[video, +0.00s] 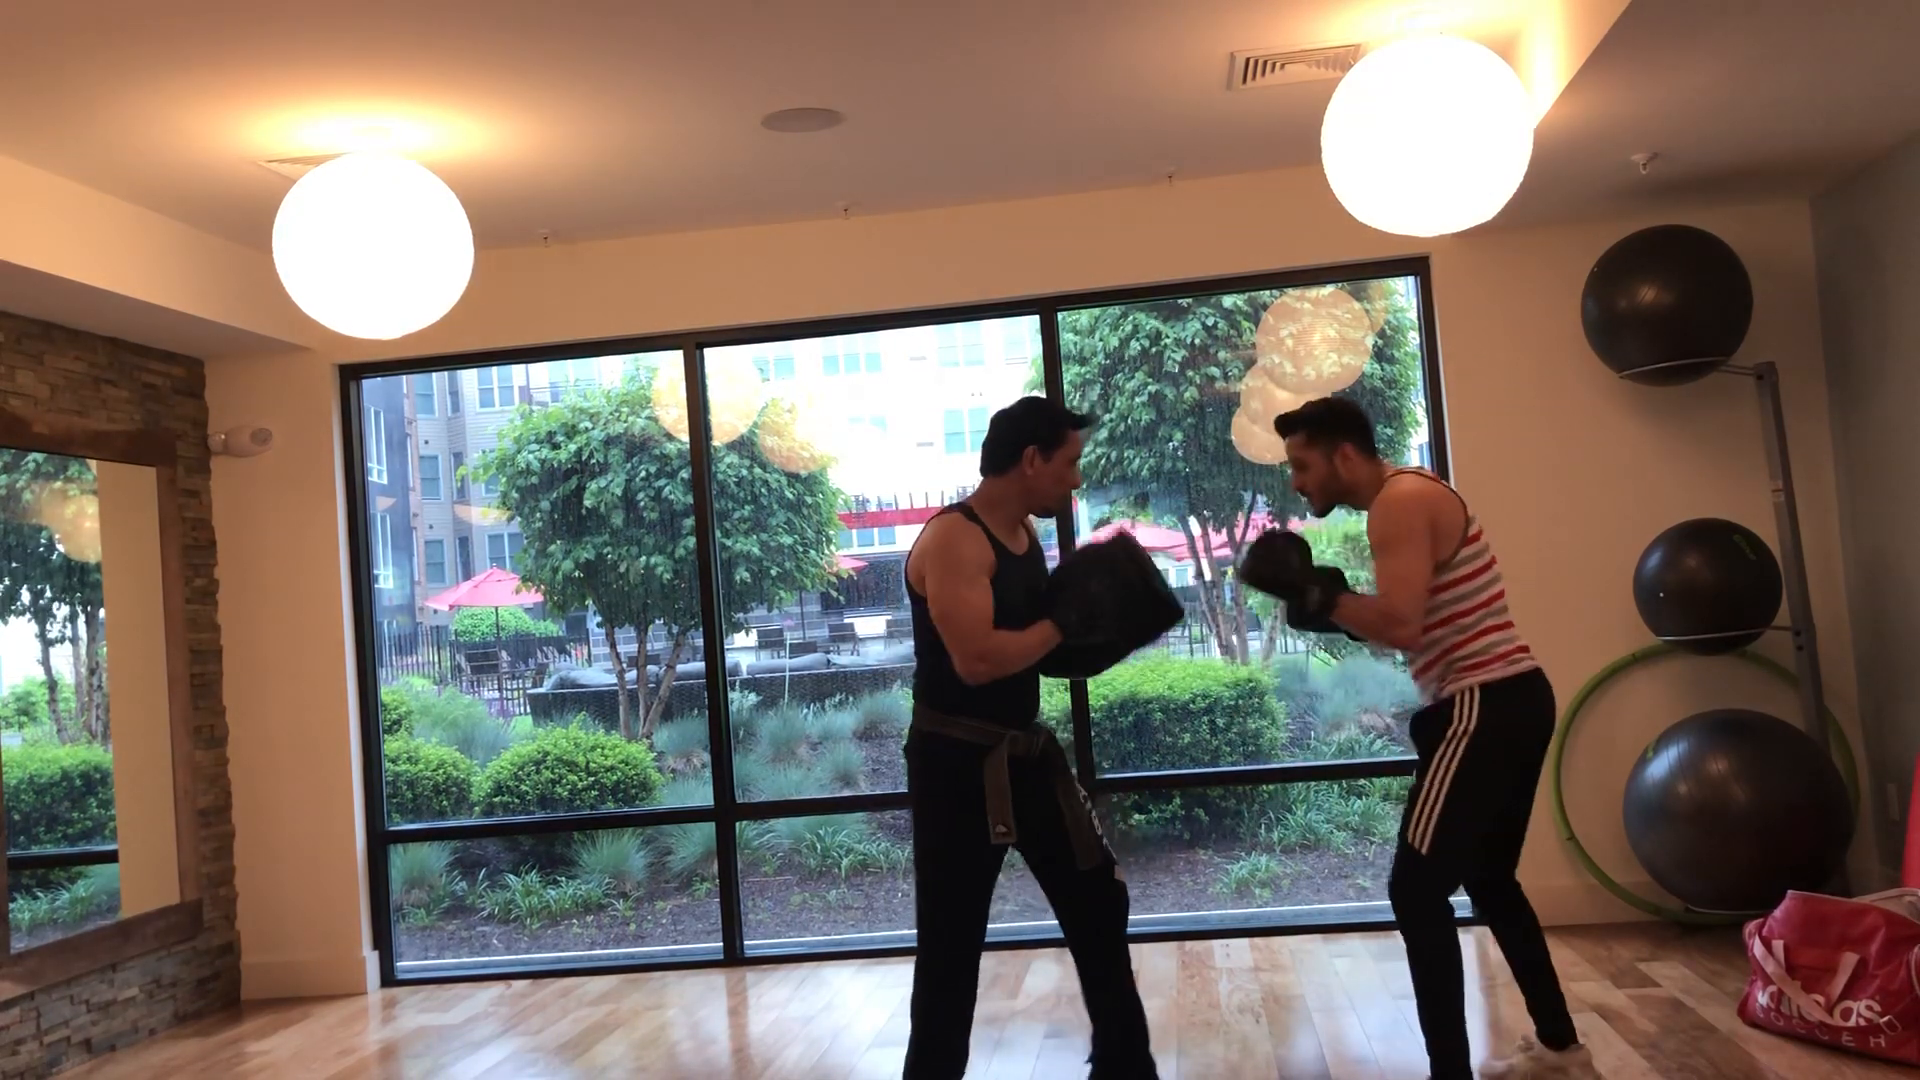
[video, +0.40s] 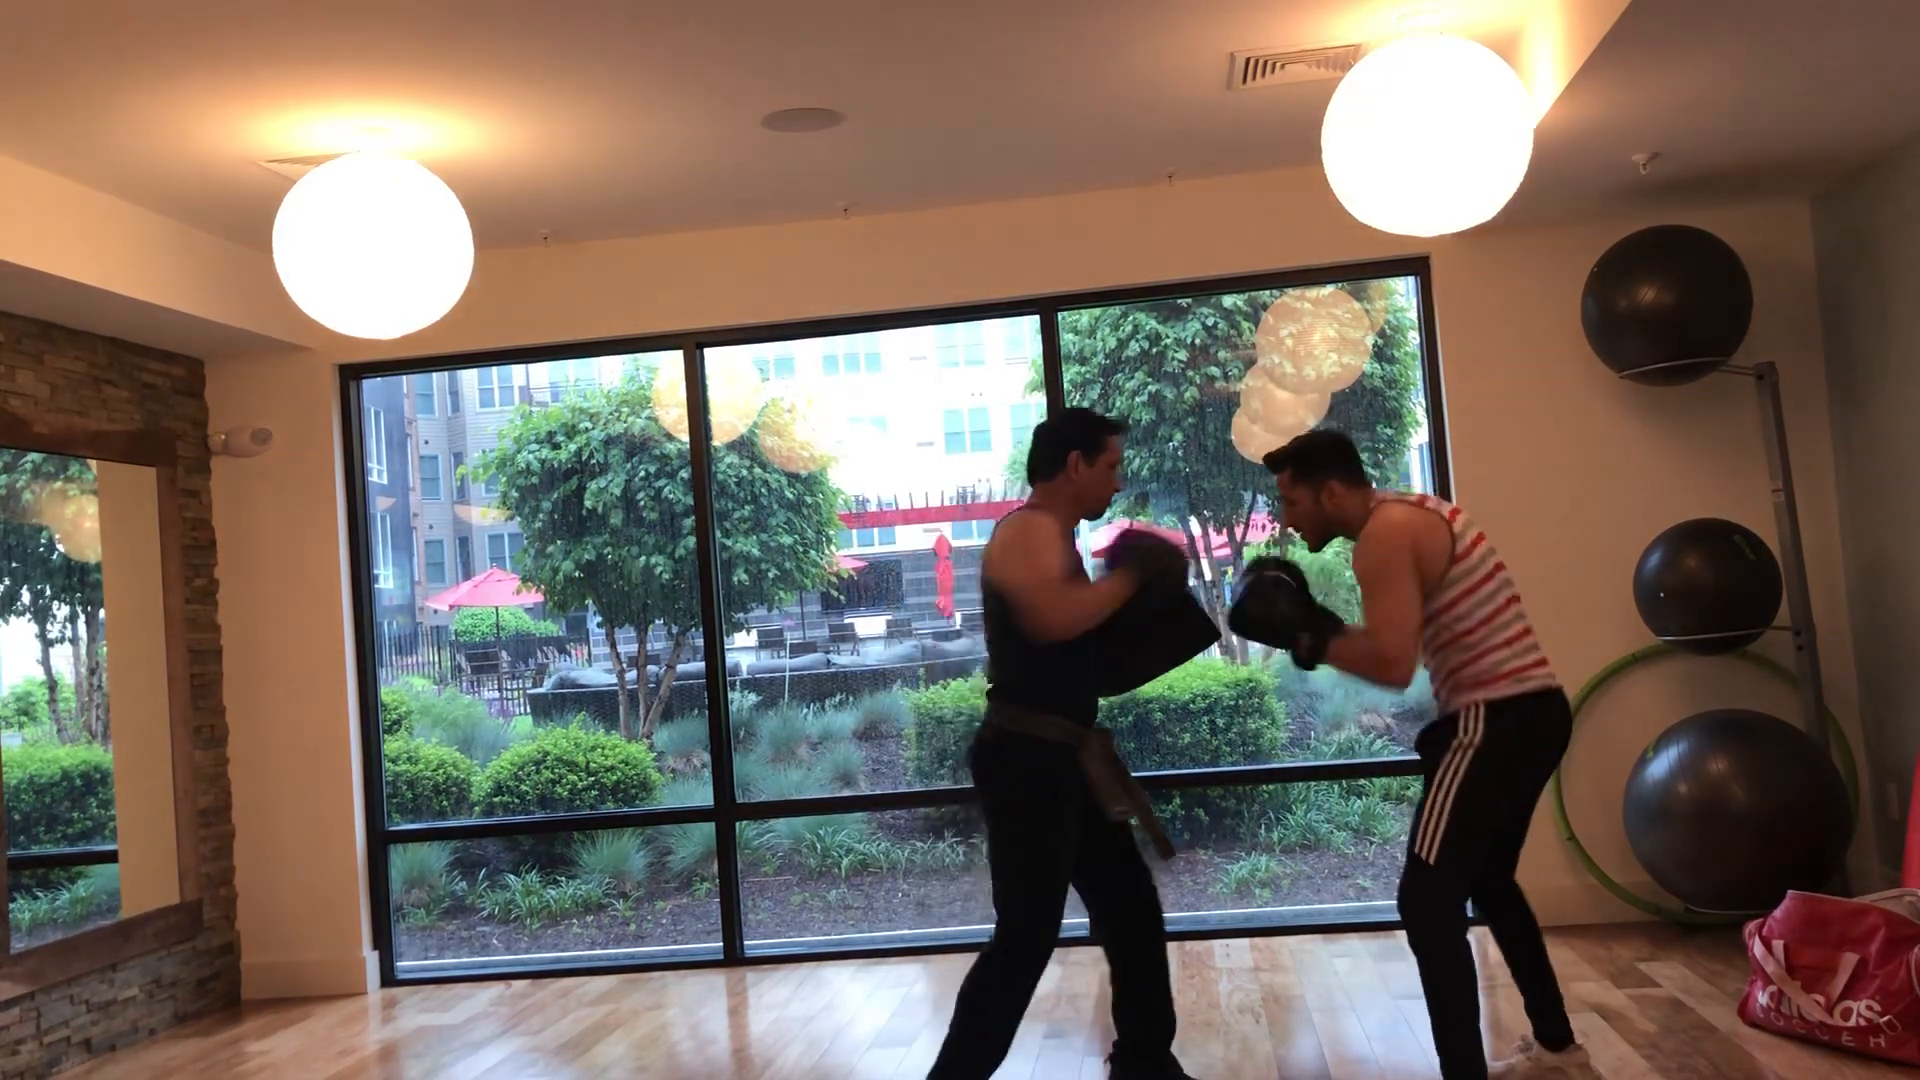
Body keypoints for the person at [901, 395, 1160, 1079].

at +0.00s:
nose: (1076, 479)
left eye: (1078, 464)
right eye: (1070, 463)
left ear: (1027, 463)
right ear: (1029, 461)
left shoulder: (1023, 533)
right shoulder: (951, 537)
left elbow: (1028, 636)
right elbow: (975, 658)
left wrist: (1091, 592)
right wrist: (1068, 618)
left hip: (1026, 748)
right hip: (956, 756)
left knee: (1098, 906)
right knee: (951, 945)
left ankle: (1126, 1070)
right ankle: (932, 1075)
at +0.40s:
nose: (1117, 483)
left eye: (1118, 469)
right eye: (1112, 468)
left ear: (1069, 467)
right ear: (1074, 465)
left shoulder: (1054, 537)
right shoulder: (1028, 531)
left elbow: (1070, 633)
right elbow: (1053, 618)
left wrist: (1139, 581)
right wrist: (1132, 574)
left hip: (1061, 753)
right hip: (1023, 755)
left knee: (1131, 908)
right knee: (1027, 931)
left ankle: (1146, 1064)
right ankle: (954, 1075)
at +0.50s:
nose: (1127, 481)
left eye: (1127, 467)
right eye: (1118, 467)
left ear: (1067, 467)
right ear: (1077, 463)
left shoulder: (1016, 536)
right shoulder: (1075, 518)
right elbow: (1196, 543)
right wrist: (1260, 510)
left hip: (1038, 747)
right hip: (1032, 750)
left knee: (1112, 913)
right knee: (1009, 934)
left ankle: (1142, 1061)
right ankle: (947, 1073)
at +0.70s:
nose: (1139, 488)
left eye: (1141, 475)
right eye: (1128, 474)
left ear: (1077, 476)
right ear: (1082, 470)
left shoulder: (1027, 538)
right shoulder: (1094, 536)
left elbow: (1134, 600)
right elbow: (1183, 603)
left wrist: (1233, 596)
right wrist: (1266, 588)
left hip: (1024, 745)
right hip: (1038, 751)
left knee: (1112, 904)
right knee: (1022, 932)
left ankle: (1142, 1061)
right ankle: (968, 1072)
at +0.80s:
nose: (1134, 488)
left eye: (1137, 475)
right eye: (1123, 474)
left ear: (1074, 477)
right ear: (1076, 471)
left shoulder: (1037, 537)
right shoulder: (1067, 543)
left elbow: (1078, 646)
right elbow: (1106, 662)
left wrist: (1158, 625)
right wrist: (1195, 648)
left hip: (1045, 746)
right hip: (1032, 752)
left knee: (1123, 901)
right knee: (1043, 926)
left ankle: (1142, 1059)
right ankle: (985, 1075)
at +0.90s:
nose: (1124, 482)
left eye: (1127, 468)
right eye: (1113, 467)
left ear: (1076, 469)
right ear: (1066, 465)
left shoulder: (1065, 545)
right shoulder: (1029, 540)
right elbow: (1000, 647)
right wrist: (1096, 675)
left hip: (1053, 746)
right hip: (1012, 749)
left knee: (1119, 908)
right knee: (1024, 931)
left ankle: (1144, 1060)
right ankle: (983, 1074)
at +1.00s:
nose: (1110, 473)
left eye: (1112, 460)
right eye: (1099, 460)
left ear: (1063, 462)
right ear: (1049, 460)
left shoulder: (1085, 536)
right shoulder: (998, 535)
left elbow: (1127, 562)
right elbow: (929, 629)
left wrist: (1157, 540)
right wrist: (1024, 673)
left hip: (1045, 740)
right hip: (980, 744)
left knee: (1090, 906)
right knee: (978, 927)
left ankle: (1142, 1063)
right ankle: (965, 1072)